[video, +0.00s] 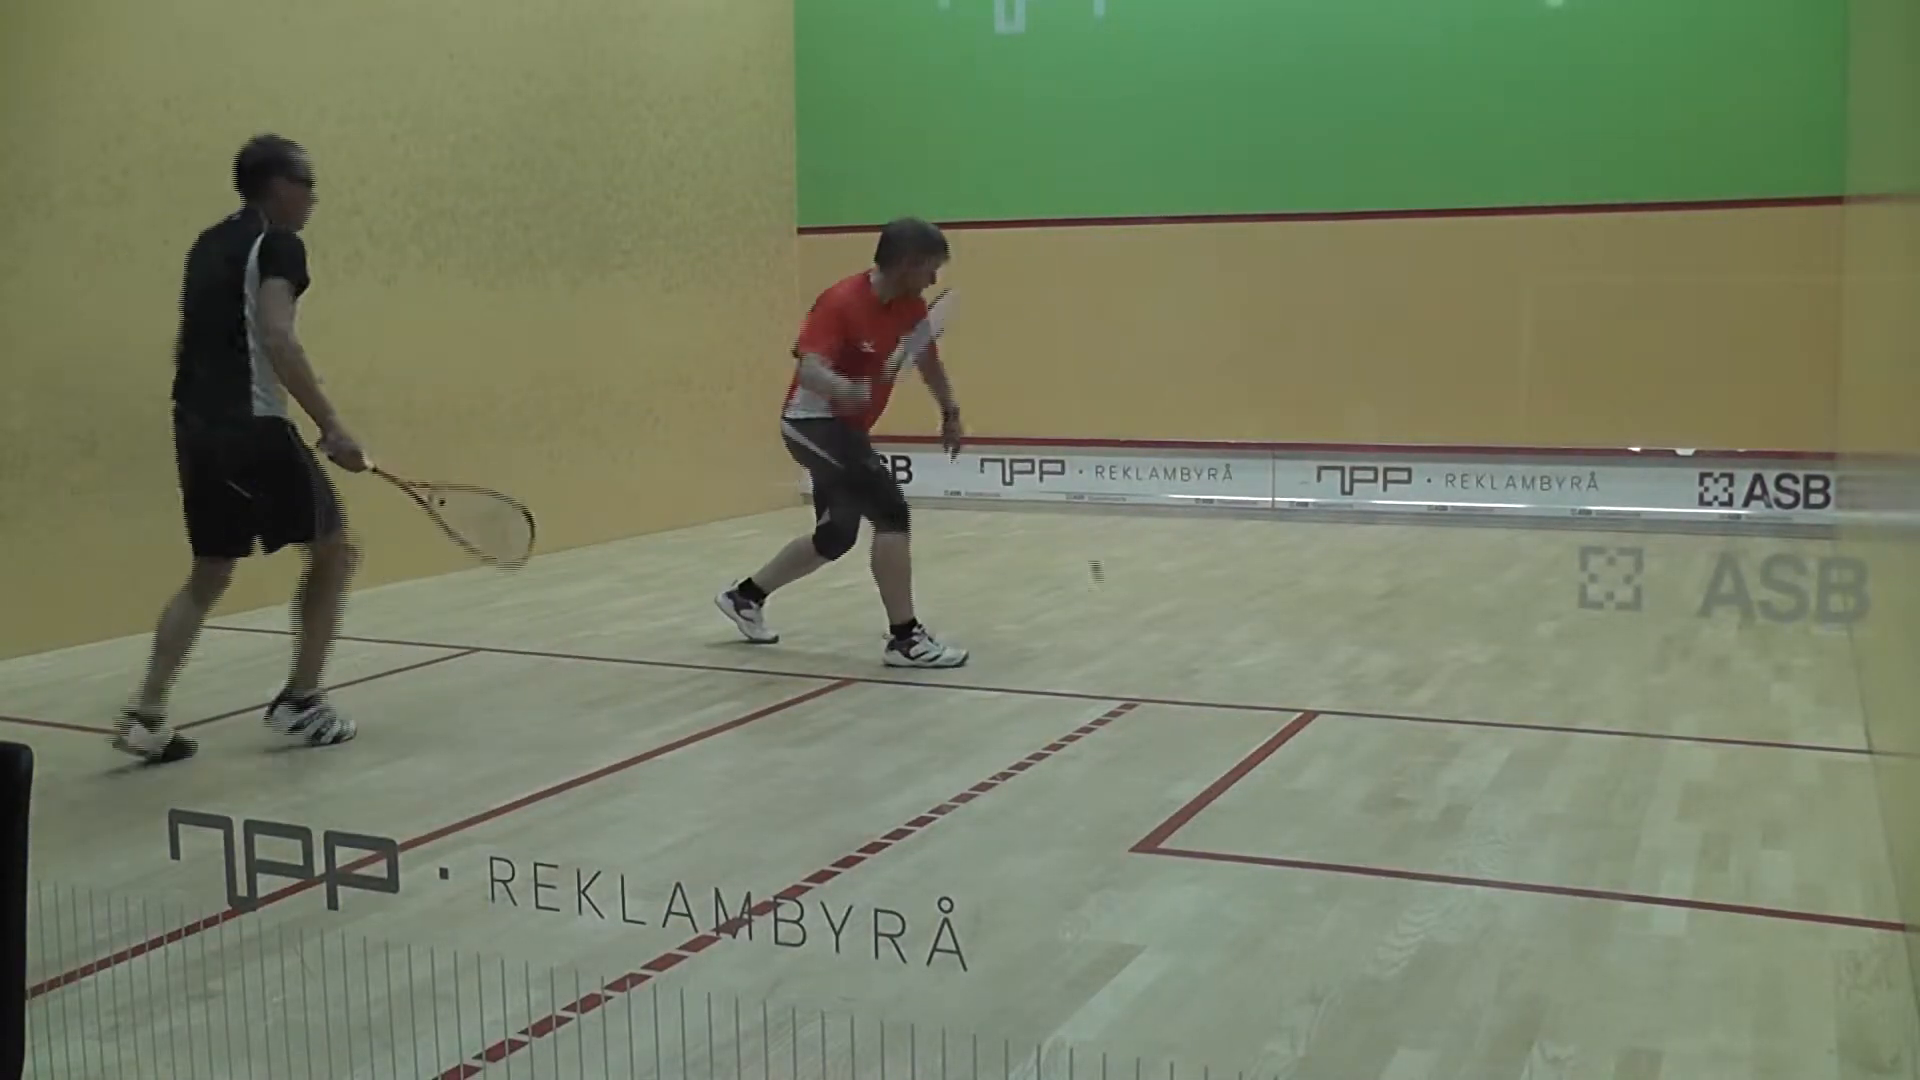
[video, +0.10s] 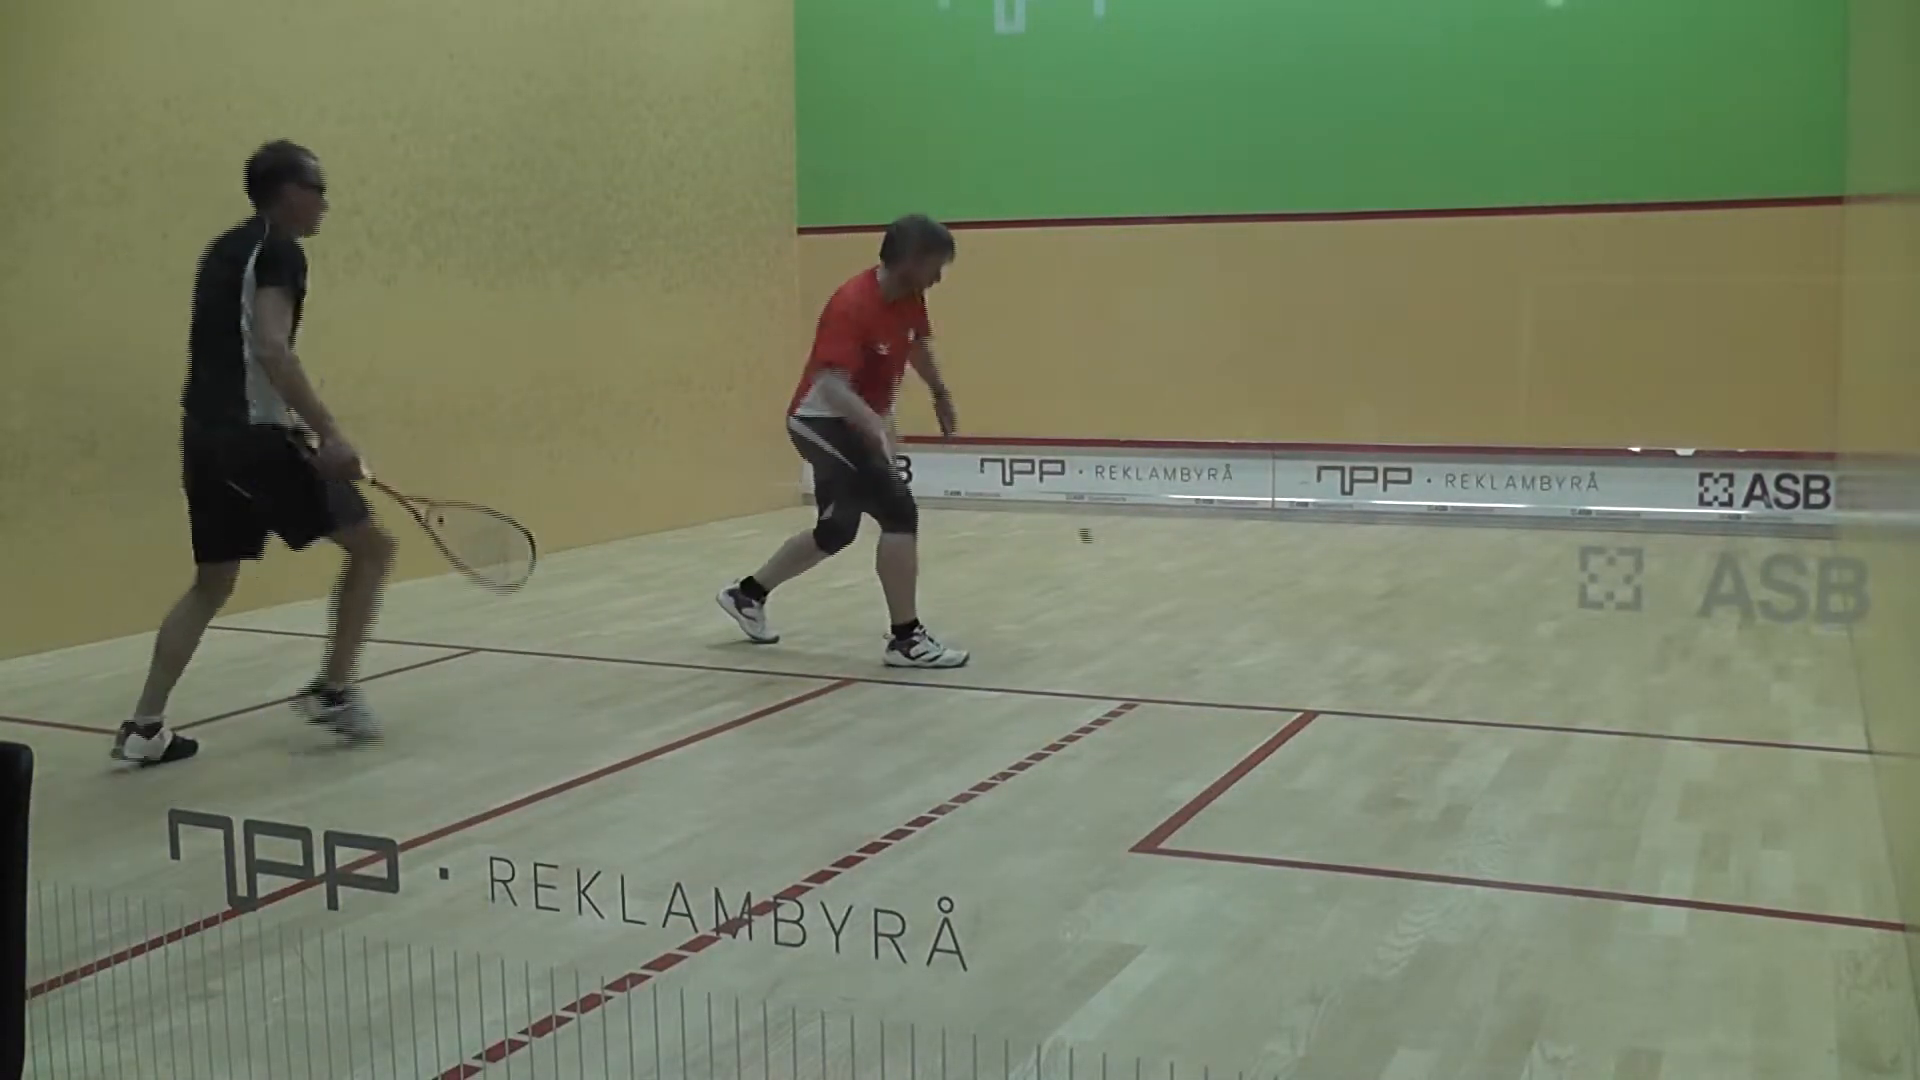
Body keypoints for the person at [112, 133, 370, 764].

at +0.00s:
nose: (312, 198)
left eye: (311, 186)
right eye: (304, 185)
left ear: (256, 190)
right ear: (273, 187)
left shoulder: (209, 243)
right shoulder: (278, 243)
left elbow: (198, 347)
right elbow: (277, 338)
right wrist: (331, 423)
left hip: (197, 434)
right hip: (256, 431)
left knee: (208, 574)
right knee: (336, 550)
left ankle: (145, 714)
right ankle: (301, 701)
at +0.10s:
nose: (324, 202)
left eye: (322, 190)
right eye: (315, 190)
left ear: (271, 194)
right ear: (282, 192)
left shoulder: (223, 250)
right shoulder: (279, 251)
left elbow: (224, 359)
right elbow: (271, 348)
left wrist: (289, 424)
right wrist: (329, 432)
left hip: (206, 443)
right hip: (262, 442)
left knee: (210, 585)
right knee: (372, 549)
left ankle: (144, 725)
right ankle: (335, 688)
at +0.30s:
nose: (380, 207)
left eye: (378, 196)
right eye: (371, 195)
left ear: (331, 202)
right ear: (342, 200)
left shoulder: (291, 259)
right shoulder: (322, 262)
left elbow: (280, 379)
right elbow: (310, 370)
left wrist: (349, 423)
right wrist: (360, 452)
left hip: (274, 453)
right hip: (313, 450)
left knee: (239, 586)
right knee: (427, 555)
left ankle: (150, 717)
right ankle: (425, 711)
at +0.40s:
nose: (445, 210)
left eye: (443, 199)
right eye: (433, 199)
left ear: (405, 209)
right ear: (402, 207)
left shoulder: (379, 263)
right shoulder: (384, 269)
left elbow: (378, 378)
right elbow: (379, 382)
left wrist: (417, 431)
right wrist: (434, 452)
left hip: (341, 453)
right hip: (376, 454)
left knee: (277, 578)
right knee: (469, 575)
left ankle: (171, 699)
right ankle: (398, 711)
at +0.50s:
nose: (506, 222)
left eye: (504, 210)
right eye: (496, 210)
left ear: (463, 217)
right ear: (466, 216)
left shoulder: (435, 272)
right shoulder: (447, 278)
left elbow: (444, 397)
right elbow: (448, 393)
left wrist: (510, 464)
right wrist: (517, 466)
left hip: (390, 456)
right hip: (415, 459)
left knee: (353, 587)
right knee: (481, 597)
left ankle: (214, 679)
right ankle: (390, 716)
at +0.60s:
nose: (599, 251)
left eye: (598, 239)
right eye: (589, 241)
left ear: (558, 247)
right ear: (561, 246)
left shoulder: (523, 290)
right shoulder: (541, 307)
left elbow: (455, 350)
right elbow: (575, 416)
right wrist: (640, 482)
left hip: (471, 462)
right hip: (469, 466)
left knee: (523, 598)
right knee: (504, 609)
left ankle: (384, 649)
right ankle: (391, 713)